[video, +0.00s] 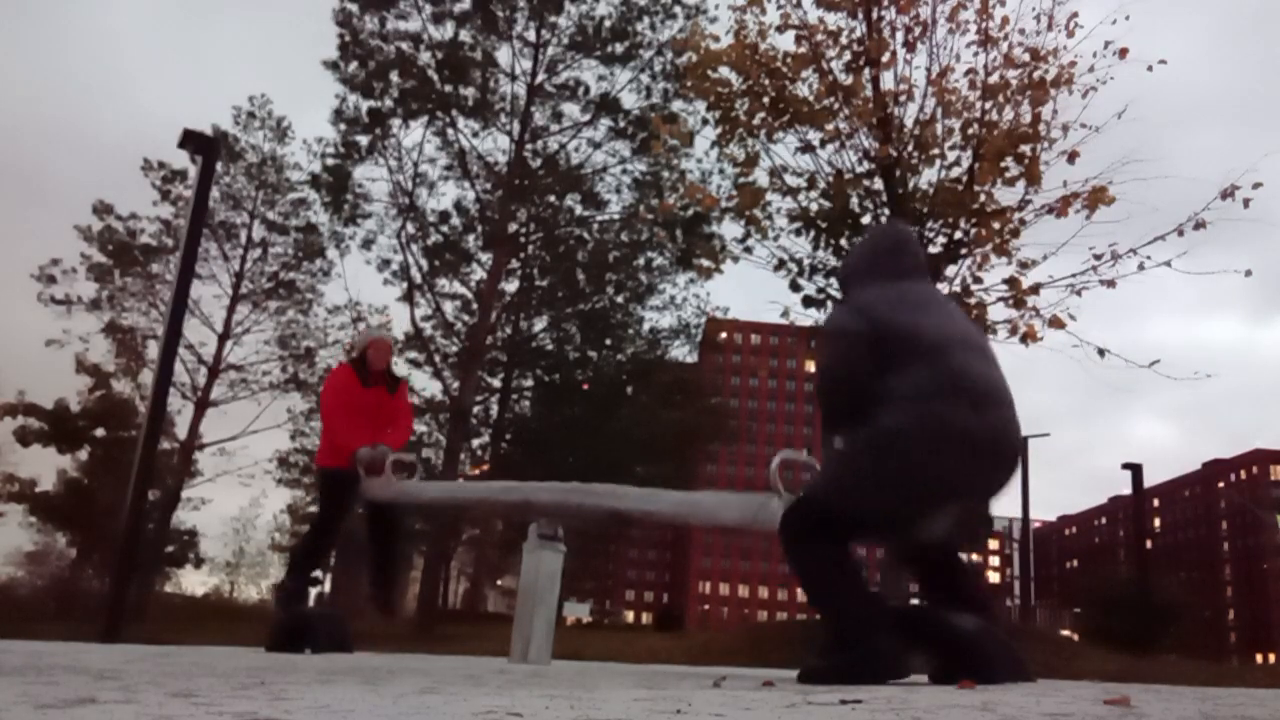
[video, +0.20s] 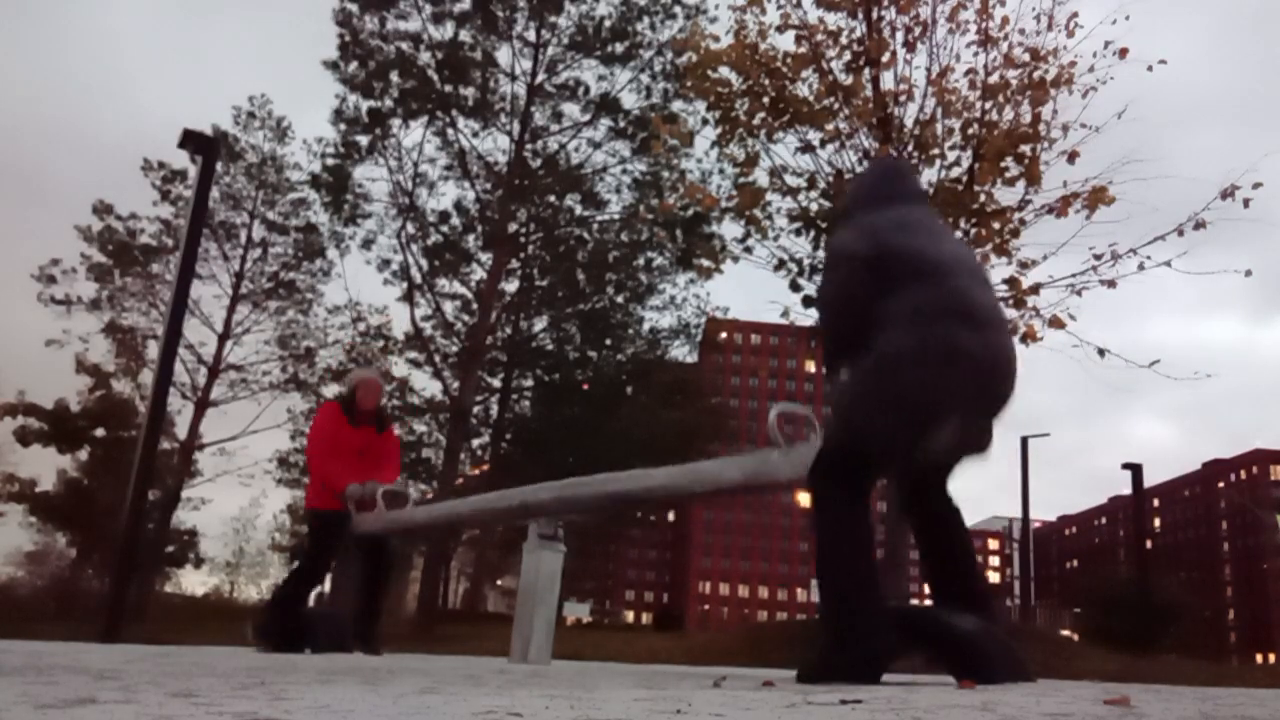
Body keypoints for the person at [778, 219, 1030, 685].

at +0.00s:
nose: (846, 283)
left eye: (849, 274)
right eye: (848, 275)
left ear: (860, 269)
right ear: (916, 266)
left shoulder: (860, 307)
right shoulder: (942, 307)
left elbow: (837, 394)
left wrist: (849, 443)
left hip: (915, 441)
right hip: (993, 443)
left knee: (806, 526)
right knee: (927, 547)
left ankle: (862, 646)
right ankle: (987, 652)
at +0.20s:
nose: (842, 209)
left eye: (846, 200)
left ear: (861, 196)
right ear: (910, 193)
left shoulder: (859, 231)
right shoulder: (939, 232)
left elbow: (838, 317)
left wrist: (836, 361)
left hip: (912, 366)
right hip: (988, 367)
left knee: (836, 481)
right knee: (923, 484)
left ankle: (852, 643)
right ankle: (976, 631)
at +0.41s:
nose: (852, 168)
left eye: (856, 159)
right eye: (853, 161)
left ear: (870, 147)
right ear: (918, 139)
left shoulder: (873, 174)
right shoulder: (946, 178)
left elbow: (844, 257)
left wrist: (834, 314)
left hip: (914, 310)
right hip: (985, 318)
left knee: (828, 412)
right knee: (911, 426)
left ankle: (857, 546)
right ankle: (959, 558)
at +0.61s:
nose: (859, 128)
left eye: (864, 120)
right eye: (860, 122)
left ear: (883, 109)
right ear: (921, 108)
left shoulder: (884, 139)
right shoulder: (956, 145)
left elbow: (850, 215)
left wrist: (832, 292)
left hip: (914, 271)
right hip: (983, 281)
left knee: (830, 368)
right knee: (906, 392)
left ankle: (844, 506)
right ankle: (947, 522)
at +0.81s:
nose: (869, 118)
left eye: (873, 107)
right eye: (869, 110)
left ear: (893, 93)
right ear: (930, 88)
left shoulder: (899, 120)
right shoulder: (966, 135)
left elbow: (851, 197)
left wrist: (810, 259)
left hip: (897, 271)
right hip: (965, 282)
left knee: (828, 360)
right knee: (909, 386)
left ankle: (840, 492)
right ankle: (940, 520)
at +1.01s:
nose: (867, 110)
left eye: (873, 98)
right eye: (866, 99)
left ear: (899, 91)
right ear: (926, 89)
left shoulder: (926, 118)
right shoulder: (956, 132)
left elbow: (888, 163)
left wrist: (816, 193)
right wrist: (832, 203)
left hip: (910, 277)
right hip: (964, 287)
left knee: (822, 356)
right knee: (906, 399)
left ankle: (839, 482)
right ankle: (950, 532)